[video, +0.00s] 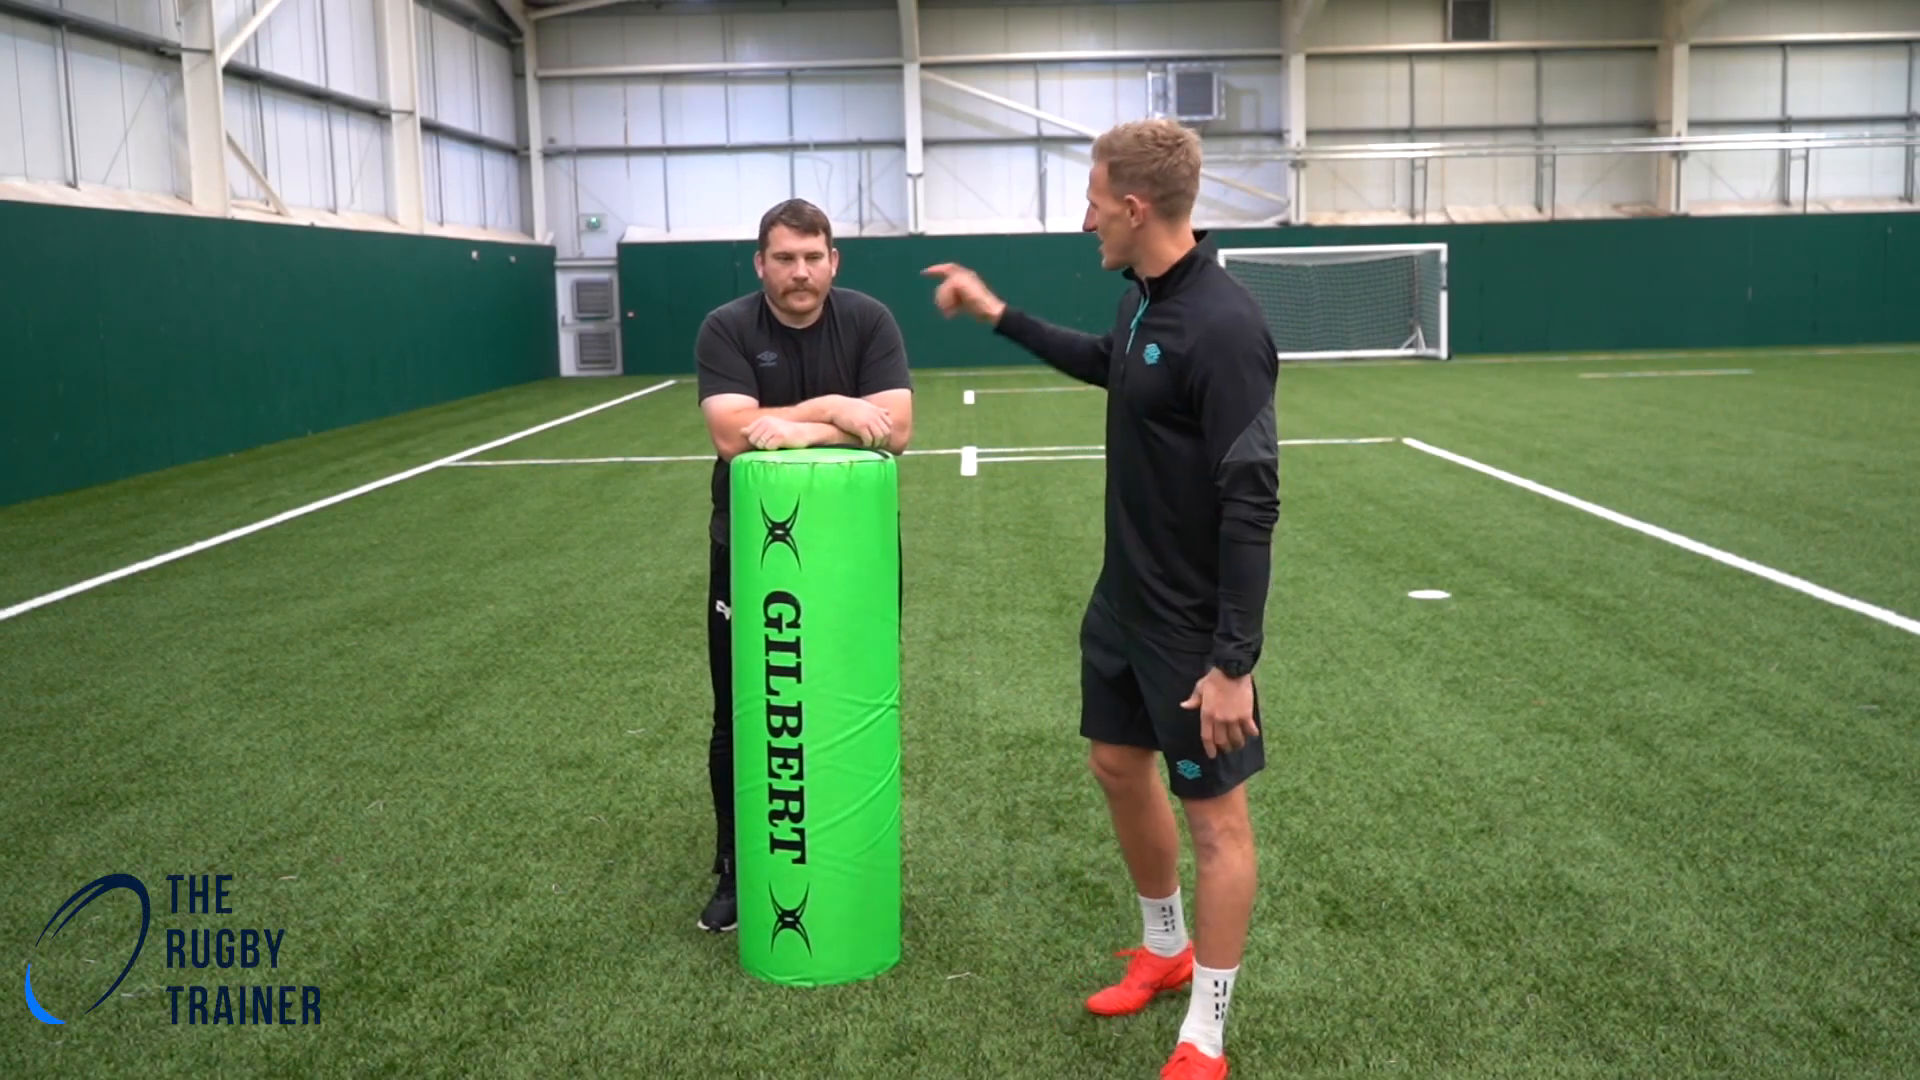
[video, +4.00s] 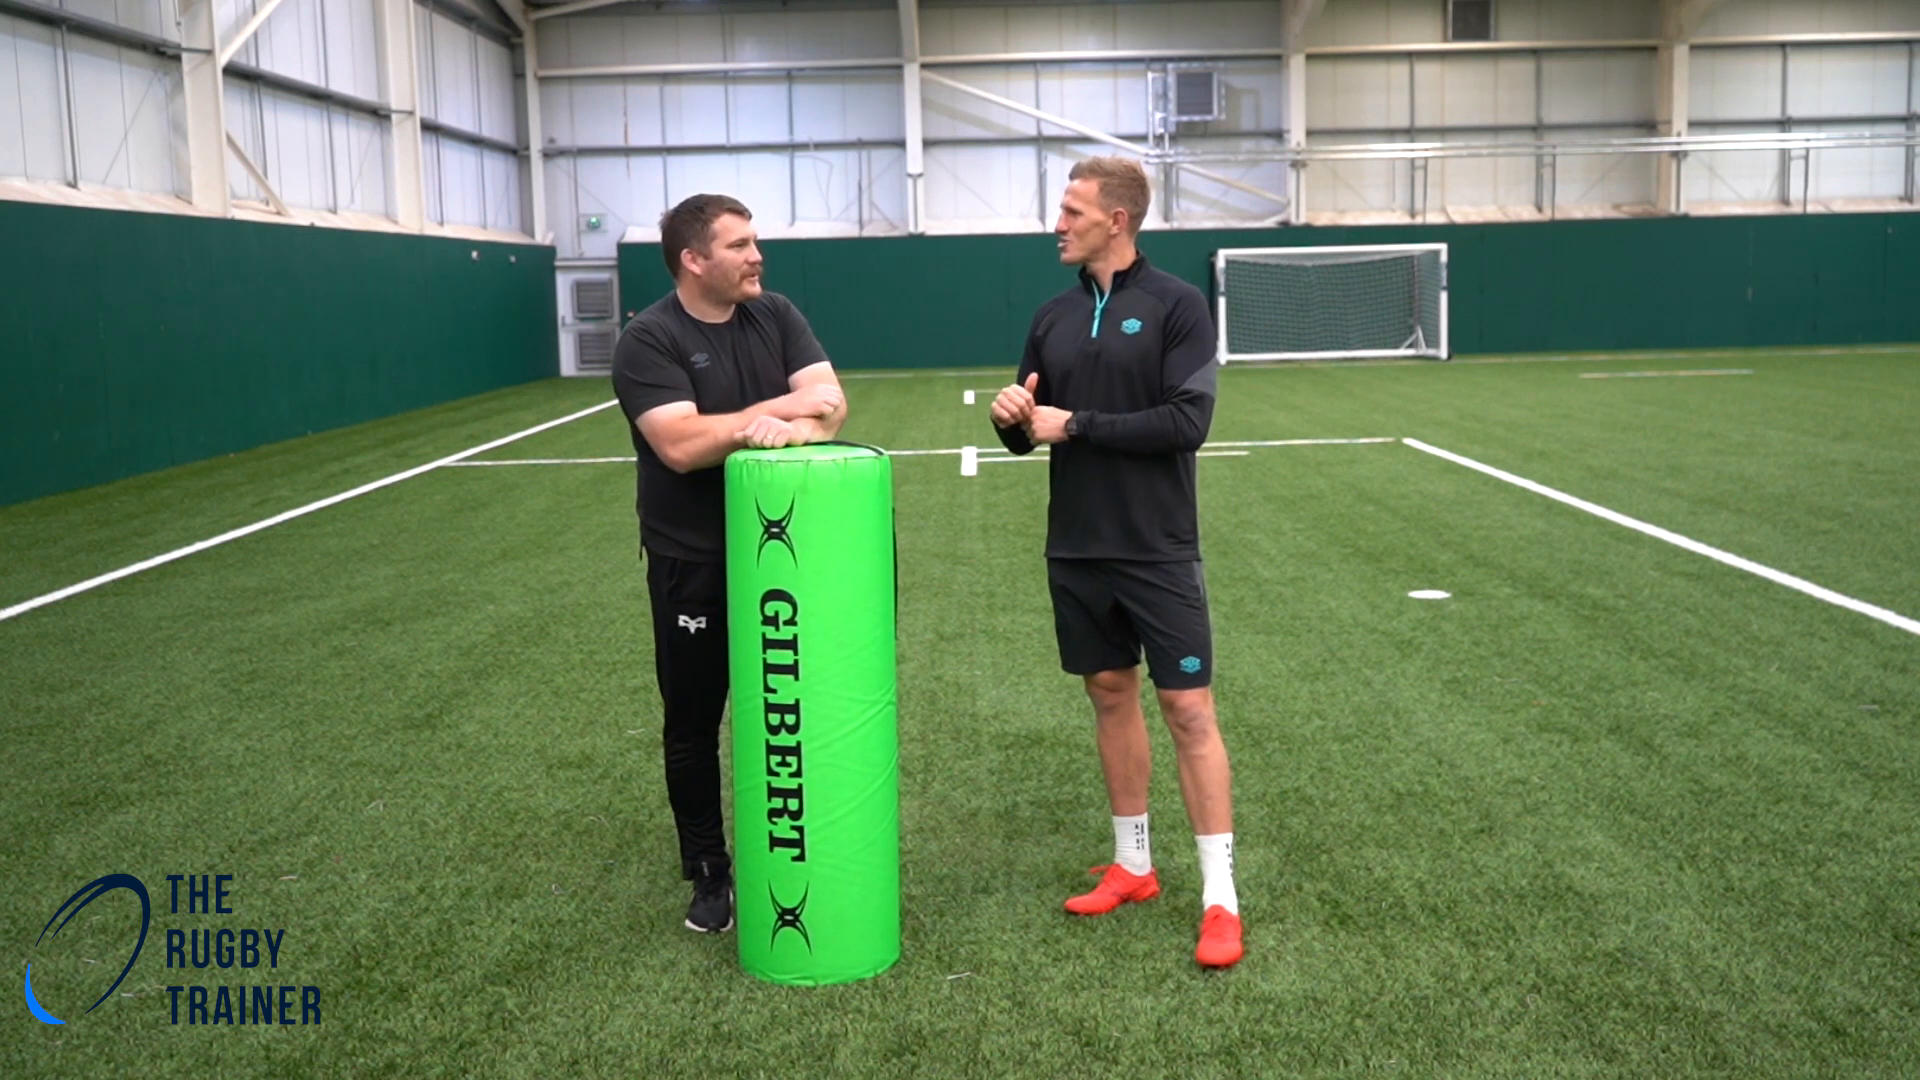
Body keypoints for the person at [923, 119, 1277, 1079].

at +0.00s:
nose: (1087, 220)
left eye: (1095, 204)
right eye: (1089, 201)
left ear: (1140, 209)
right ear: (1147, 207)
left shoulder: (1226, 326)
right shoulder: (1146, 291)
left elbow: (1251, 503)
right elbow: (1113, 367)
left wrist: (1232, 659)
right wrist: (1000, 313)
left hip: (1195, 619)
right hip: (1126, 594)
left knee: (1217, 822)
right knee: (1120, 767)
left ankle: (1206, 1034)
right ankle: (1167, 947)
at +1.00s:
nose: (1138, 205)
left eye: (1152, 190)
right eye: (1123, 194)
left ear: (1185, 203)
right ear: (1107, 215)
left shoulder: (1249, 297)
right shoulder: (1086, 331)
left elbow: (1300, 424)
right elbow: (1061, 463)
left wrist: (1211, 462)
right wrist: (1131, 482)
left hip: (1253, 571)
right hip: (1149, 581)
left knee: (1286, 751)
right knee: (1168, 756)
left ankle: (1308, 895)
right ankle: (1180, 959)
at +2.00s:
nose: (1176, 215)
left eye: (1189, 204)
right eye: (1180, 201)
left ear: (1237, 217)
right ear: (1213, 213)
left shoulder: (1305, 310)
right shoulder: (1169, 298)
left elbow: (1346, 436)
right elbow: (1124, 398)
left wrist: (1350, 566)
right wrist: (1058, 395)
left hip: (1259, 556)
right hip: (1166, 543)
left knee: (1273, 721)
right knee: (1132, 697)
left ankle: (1266, 890)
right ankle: (1138, 872)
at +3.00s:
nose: (1053, 222)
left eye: (1066, 212)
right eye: (1056, 210)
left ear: (1111, 219)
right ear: (1092, 218)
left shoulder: (1181, 305)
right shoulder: (1056, 319)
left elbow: (1220, 426)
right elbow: (1024, 430)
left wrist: (1201, 534)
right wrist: (981, 407)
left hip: (1164, 547)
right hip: (1082, 547)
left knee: (1190, 709)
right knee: (1112, 694)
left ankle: (1218, 895)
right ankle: (1133, 866)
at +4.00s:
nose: (1057, 224)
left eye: (1071, 213)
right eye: (1060, 210)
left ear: (1118, 223)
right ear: (1098, 220)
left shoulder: (1180, 304)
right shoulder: (1053, 316)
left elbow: (1188, 422)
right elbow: (1022, 437)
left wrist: (1073, 424)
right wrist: (1011, 415)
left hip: (1159, 547)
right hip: (1079, 546)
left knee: (1189, 709)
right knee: (1109, 694)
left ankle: (1220, 897)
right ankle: (1132, 867)